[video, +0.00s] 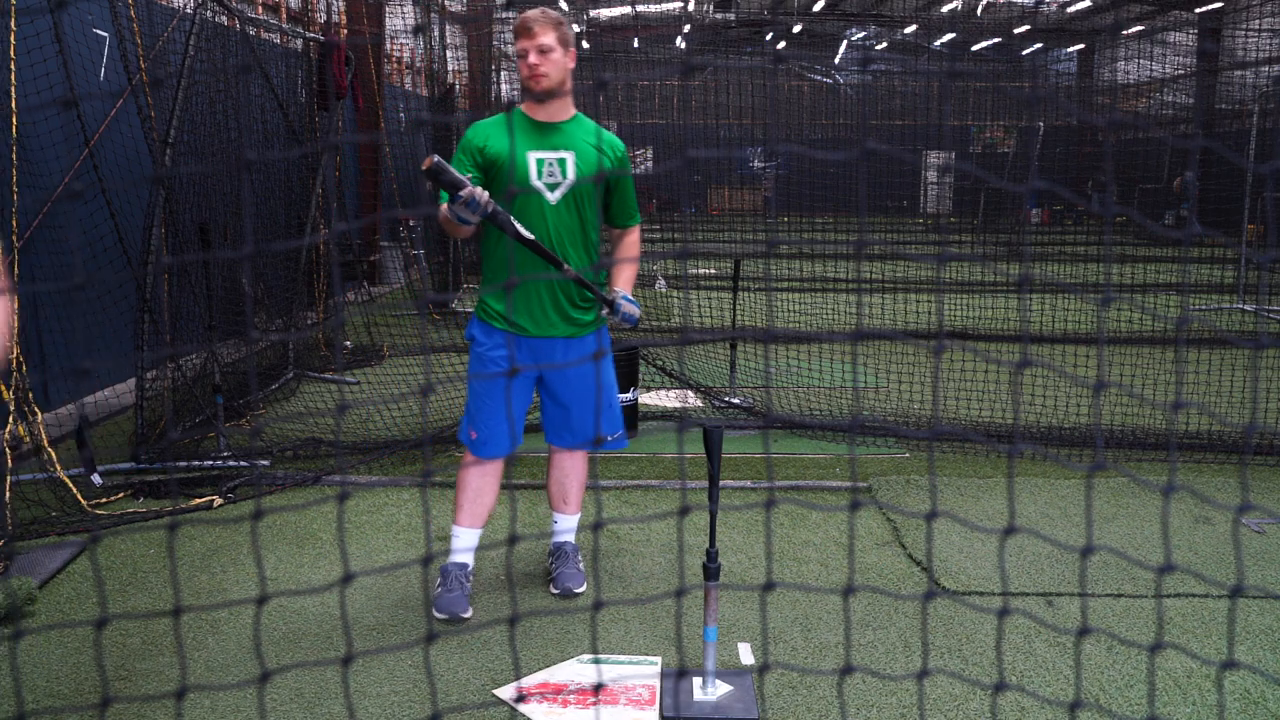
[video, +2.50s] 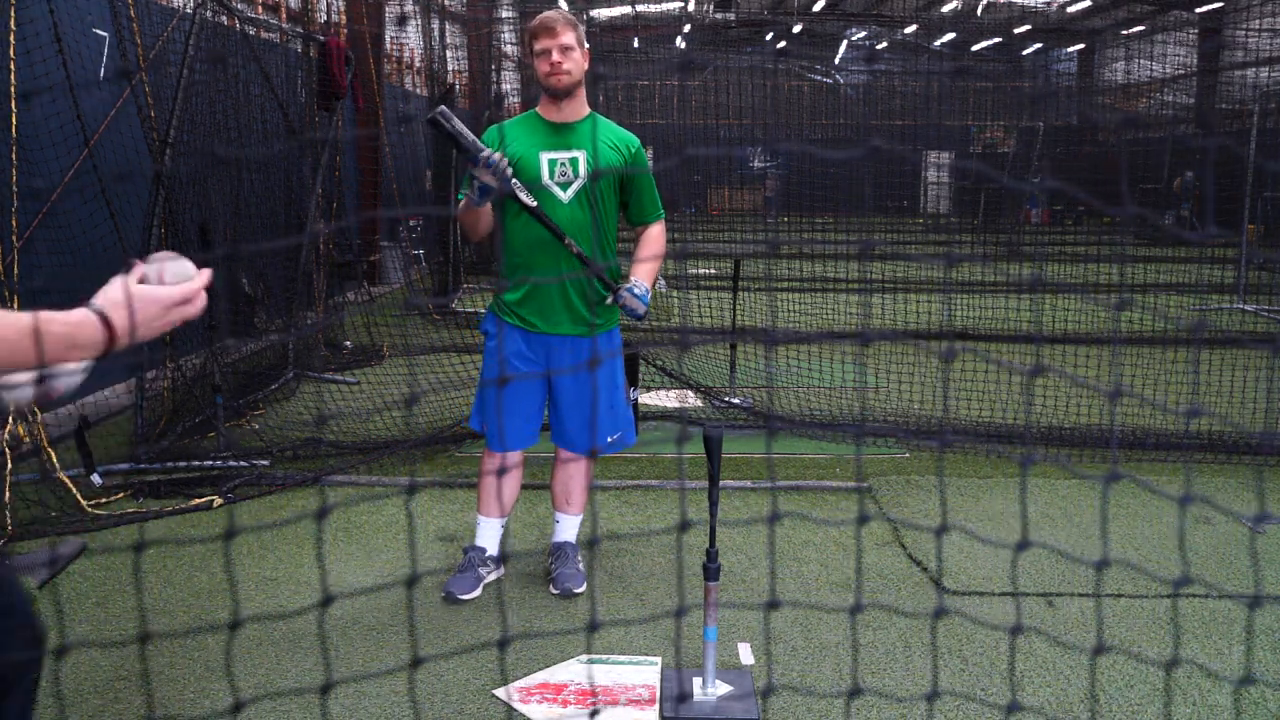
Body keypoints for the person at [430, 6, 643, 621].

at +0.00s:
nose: (533, 62)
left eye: (545, 51)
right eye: (523, 54)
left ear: (572, 58)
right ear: (516, 64)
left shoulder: (605, 148)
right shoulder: (485, 137)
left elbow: (628, 231)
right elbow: (453, 226)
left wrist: (621, 291)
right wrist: (465, 212)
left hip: (577, 323)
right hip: (500, 321)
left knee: (573, 438)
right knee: (483, 443)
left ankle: (565, 548)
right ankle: (458, 564)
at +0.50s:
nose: (548, 66)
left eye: (559, 55)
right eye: (539, 57)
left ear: (587, 59)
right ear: (531, 65)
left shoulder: (623, 153)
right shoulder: (502, 138)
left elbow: (647, 240)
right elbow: (473, 228)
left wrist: (632, 305)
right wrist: (472, 207)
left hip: (586, 324)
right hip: (511, 320)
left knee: (575, 440)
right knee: (500, 441)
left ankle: (565, 546)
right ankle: (486, 550)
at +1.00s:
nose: (546, 64)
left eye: (557, 54)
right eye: (538, 56)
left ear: (585, 59)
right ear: (530, 65)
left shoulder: (623, 152)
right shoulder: (502, 140)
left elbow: (652, 240)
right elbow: (468, 229)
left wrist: (630, 304)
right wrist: (477, 224)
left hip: (585, 325)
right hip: (511, 320)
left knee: (573, 444)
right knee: (499, 441)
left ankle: (566, 547)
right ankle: (485, 550)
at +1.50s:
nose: (547, 67)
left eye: (557, 56)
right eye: (537, 59)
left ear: (584, 59)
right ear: (529, 67)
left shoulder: (621, 151)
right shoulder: (502, 142)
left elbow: (641, 240)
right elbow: (477, 236)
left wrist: (629, 295)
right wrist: (477, 217)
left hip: (587, 326)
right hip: (513, 321)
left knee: (576, 439)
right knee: (501, 439)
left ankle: (565, 546)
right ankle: (486, 551)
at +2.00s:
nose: (551, 60)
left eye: (562, 49)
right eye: (540, 53)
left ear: (585, 57)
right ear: (529, 66)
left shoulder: (622, 148)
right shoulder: (500, 143)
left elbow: (648, 229)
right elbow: (477, 233)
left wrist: (638, 285)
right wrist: (477, 214)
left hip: (589, 322)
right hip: (515, 319)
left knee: (578, 437)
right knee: (501, 437)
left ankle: (566, 546)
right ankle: (486, 551)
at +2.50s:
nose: (556, 60)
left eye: (566, 49)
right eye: (544, 52)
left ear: (587, 57)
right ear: (532, 64)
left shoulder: (622, 146)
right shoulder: (501, 139)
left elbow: (652, 226)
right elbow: (475, 231)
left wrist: (641, 281)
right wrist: (482, 195)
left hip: (590, 321)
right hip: (517, 318)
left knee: (576, 443)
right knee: (501, 444)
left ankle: (566, 547)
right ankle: (485, 552)